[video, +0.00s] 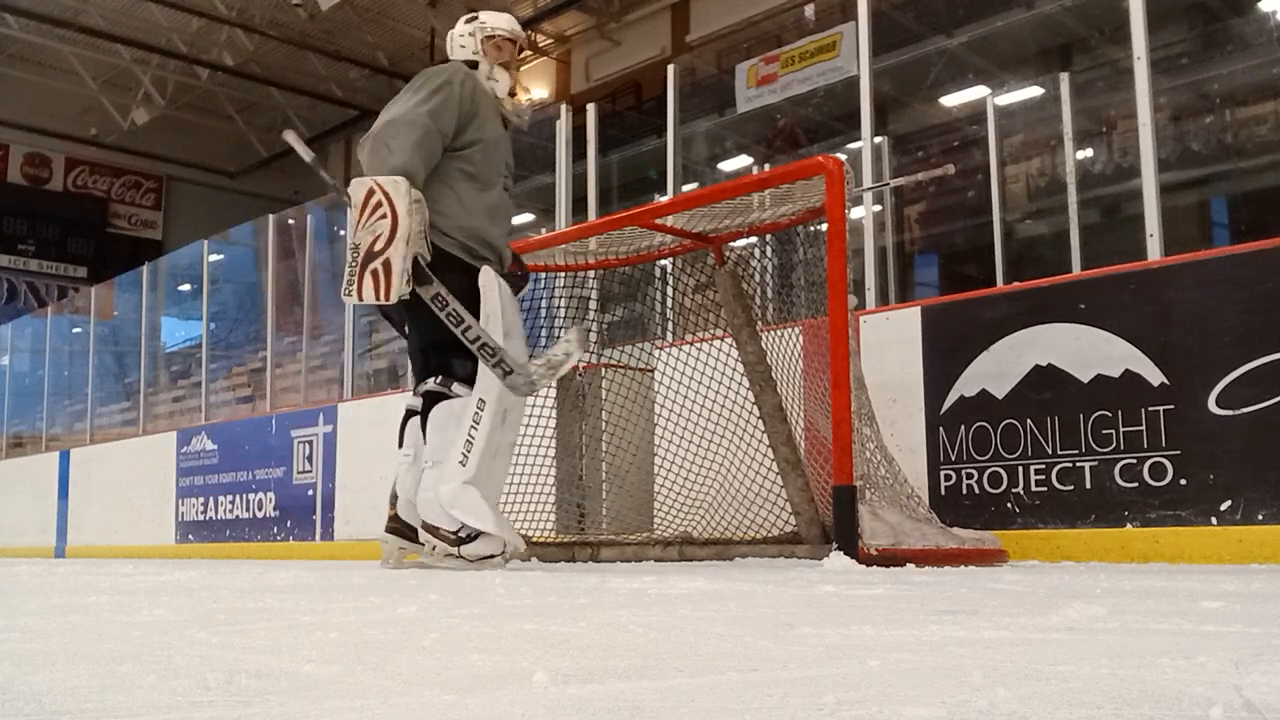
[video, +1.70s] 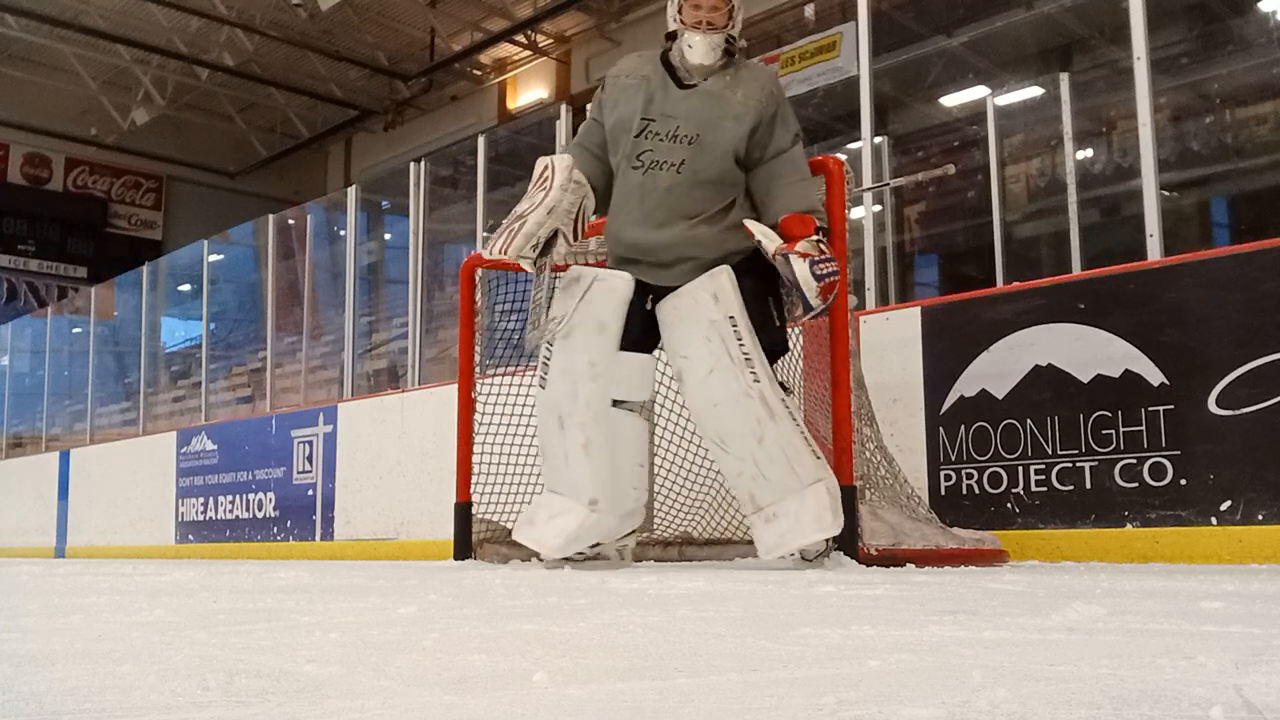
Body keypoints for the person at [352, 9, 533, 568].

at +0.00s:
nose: (509, 54)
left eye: (514, 49)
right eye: (500, 43)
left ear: (514, 57)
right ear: (471, 43)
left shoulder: (487, 111)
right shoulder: (453, 80)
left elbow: (468, 197)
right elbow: (398, 137)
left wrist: (501, 257)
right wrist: (386, 225)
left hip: (449, 261)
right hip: (445, 254)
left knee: (441, 389)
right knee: (483, 379)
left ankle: (411, 513)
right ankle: (450, 511)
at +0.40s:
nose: (525, 32)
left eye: (535, 24)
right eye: (515, 23)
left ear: (548, 35)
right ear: (499, 31)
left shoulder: (549, 110)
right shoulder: (478, 77)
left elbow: (540, 192)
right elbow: (428, 148)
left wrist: (541, 260)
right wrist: (409, 236)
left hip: (525, 267)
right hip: (469, 257)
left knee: (510, 397)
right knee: (492, 396)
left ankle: (458, 525)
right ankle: (474, 526)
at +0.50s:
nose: (533, 29)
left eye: (542, 22)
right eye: (522, 19)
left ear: (553, 34)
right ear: (503, 28)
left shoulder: (565, 113)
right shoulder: (483, 73)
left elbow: (562, 190)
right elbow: (438, 139)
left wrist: (553, 246)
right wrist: (422, 218)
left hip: (545, 268)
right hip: (482, 255)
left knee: (542, 396)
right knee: (501, 390)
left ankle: (519, 527)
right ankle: (480, 524)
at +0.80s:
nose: (554, 13)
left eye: (563, 7)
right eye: (540, 6)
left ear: (578, 20)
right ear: (518, 18)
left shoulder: (603, 108)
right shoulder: (498, 70)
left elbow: (591, 208)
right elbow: (455, 154)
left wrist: (622, 256)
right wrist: (438, 239)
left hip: (585, 274)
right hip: (510, 261)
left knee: (617, 391)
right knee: (527, 398)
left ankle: (606, 521)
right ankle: (524, 529)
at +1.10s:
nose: (598, 18)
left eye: (609, 9)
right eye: (586, 9)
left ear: (626, 18)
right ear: (567, 19)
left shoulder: (662, 96)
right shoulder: (533, 80)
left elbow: (678, 180)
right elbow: (495, 160)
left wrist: (711, 234)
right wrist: (483, 227)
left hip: (640, 271)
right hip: (551, 266)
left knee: (676, 392)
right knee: (558, 395)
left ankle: (675, 532)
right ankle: (530, 536)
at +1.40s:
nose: (678, 27)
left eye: (690, 17)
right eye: (667, 15)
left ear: (707, 23)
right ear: (648, 18)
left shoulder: (736, 93)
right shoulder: (600, 77)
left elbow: (759, 189)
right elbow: (560, 161)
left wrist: (776, 249)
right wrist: (532, 212)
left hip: (693, 263)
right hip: (597, 261)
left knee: (728, 391)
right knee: (556, 391)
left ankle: (769, 535)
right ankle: (517, 536)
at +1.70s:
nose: (704, 14)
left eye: (716, 6)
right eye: (694, 5)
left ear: (733, 15)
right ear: (675, 10)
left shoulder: (757, 88)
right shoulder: (626, 79)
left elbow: (782, 172)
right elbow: (588, 162)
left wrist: (803, 241)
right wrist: (552, 212)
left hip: (720, 273)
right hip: (625, 273)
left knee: (741, 400)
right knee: (592, 397)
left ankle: (799, 533)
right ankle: (594, 532)